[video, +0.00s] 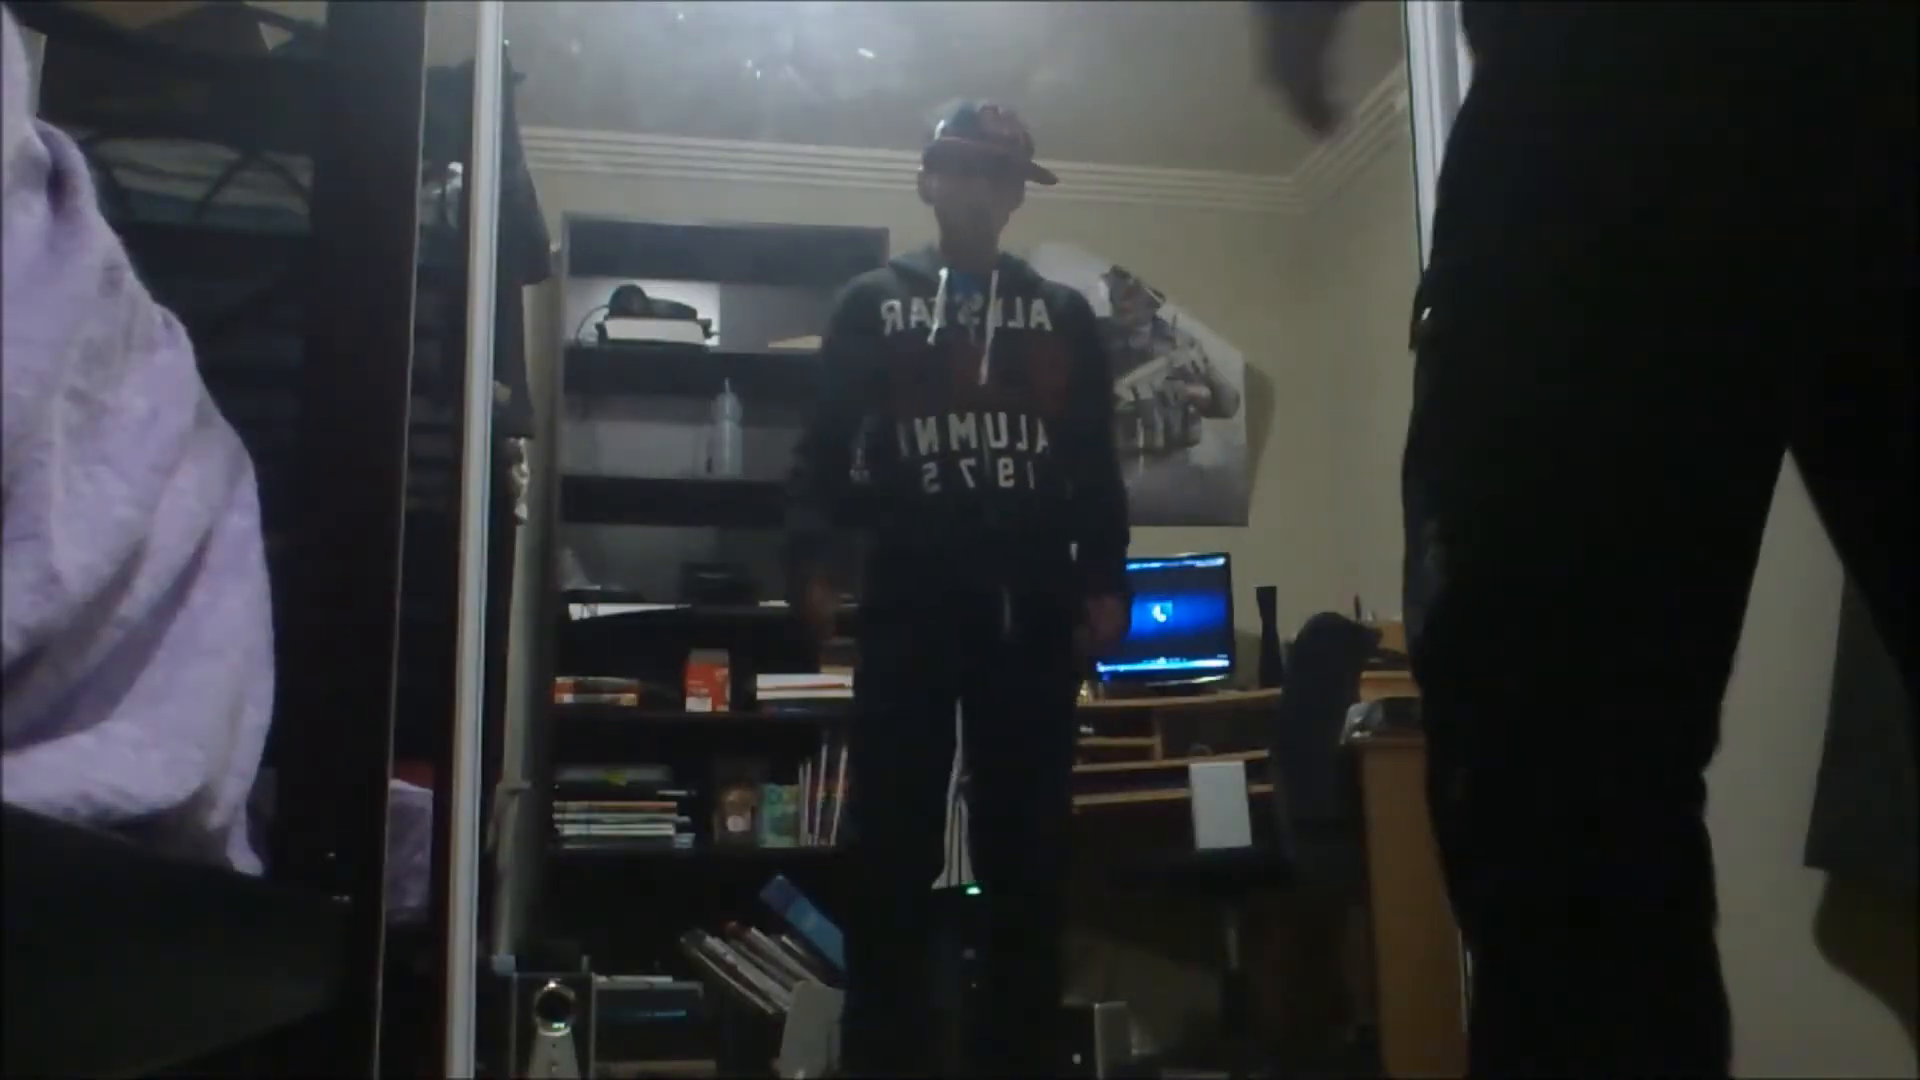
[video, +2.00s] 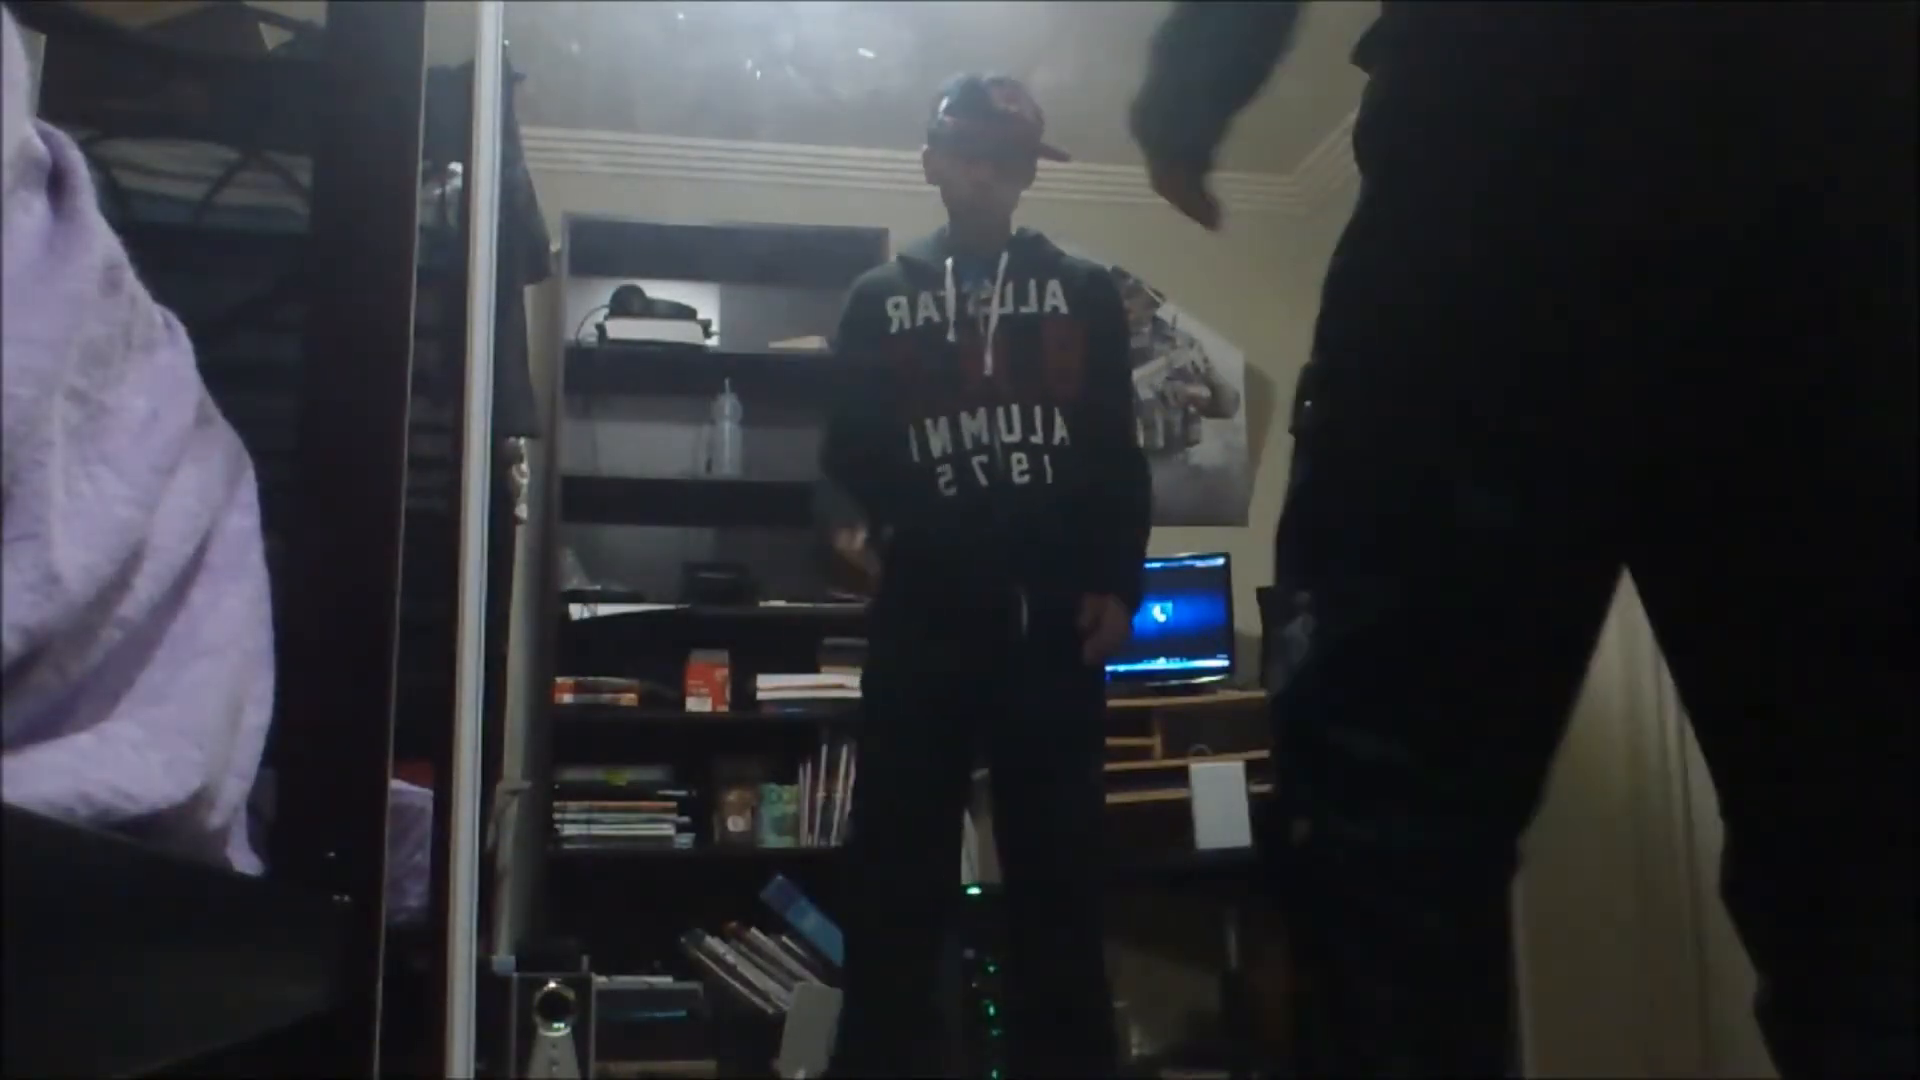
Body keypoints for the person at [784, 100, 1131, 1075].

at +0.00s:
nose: (981, 188)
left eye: (1001, 174)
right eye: (965, 167)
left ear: (1022, 191)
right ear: (927, 179)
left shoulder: (1063, 313)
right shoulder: (873, 304)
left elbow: (1096, 458)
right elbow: (823, 448)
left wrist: (1107, 581)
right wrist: (811, 564)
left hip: (1032, 600)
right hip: (907, 596)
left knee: (1024, 840)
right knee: (894, 837)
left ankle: (1019, 1050)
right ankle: (887, 1049)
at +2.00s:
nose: (986, 168)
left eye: (1006, 153)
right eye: (967, 149)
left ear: (1030, 167)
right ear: (932, 160)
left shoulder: (1084, 289)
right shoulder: (880, 298)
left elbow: (1117, 447)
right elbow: (847, 441)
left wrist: (1116, 579)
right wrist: (847, 518)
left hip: (1052, 600)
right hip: (920, 597)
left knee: (1056, 854)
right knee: (901, 849)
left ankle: (1062, 1062)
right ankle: (890, 1062)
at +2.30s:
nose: (1001, 171)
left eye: (1017, 154)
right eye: (982, 147)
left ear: (1031, 167)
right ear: (934, 149)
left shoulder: (1056, 295)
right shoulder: (873, 268)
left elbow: (1092, 451)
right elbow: (811, 409)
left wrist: (1139, 585)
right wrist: (935, 401)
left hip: (1036, 603)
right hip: (908, 597)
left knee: (1070, 861)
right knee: (907, 868)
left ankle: (1074, 1066)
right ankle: (899, 1067)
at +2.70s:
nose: (1009, 176)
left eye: (1026, 160)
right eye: (991, 151)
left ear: (1038, 172)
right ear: (943, 150)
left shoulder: (1060, 302)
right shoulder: (870, 269)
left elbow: (1086, 436)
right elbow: (798, 416)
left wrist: (1130, 514)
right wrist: (838, 531)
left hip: (1023, 589)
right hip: (897, 589)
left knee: (1071, 844)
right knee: (895, 854)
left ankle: (1084, 1060)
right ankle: (888, 1063)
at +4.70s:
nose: (921, 250)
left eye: (941, 234)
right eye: (906, 233)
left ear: (978, 241)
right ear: (884, 238)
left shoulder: (1038, 351)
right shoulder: (855, 365)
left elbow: (1100, 510)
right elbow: (817, 507)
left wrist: (1071, 635)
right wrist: (811, 581)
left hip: (1004, 658)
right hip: (882, 659)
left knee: (1025, 904)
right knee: (842, 894)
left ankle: (1049, 1069)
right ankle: (825, 1066)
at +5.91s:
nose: (961, 242)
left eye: (977, 227)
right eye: (944, 222)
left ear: (996, 242)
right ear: (906, 231)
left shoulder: (1027, 357)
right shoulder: (846, 354)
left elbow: (1075, 490)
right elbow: (813, 502)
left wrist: (1092, 599)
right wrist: (879, 558)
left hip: (1004, 644)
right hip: (887, 646)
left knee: (1042, 878)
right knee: (864, 886)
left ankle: (1069, 1067)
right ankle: (849, 1068)